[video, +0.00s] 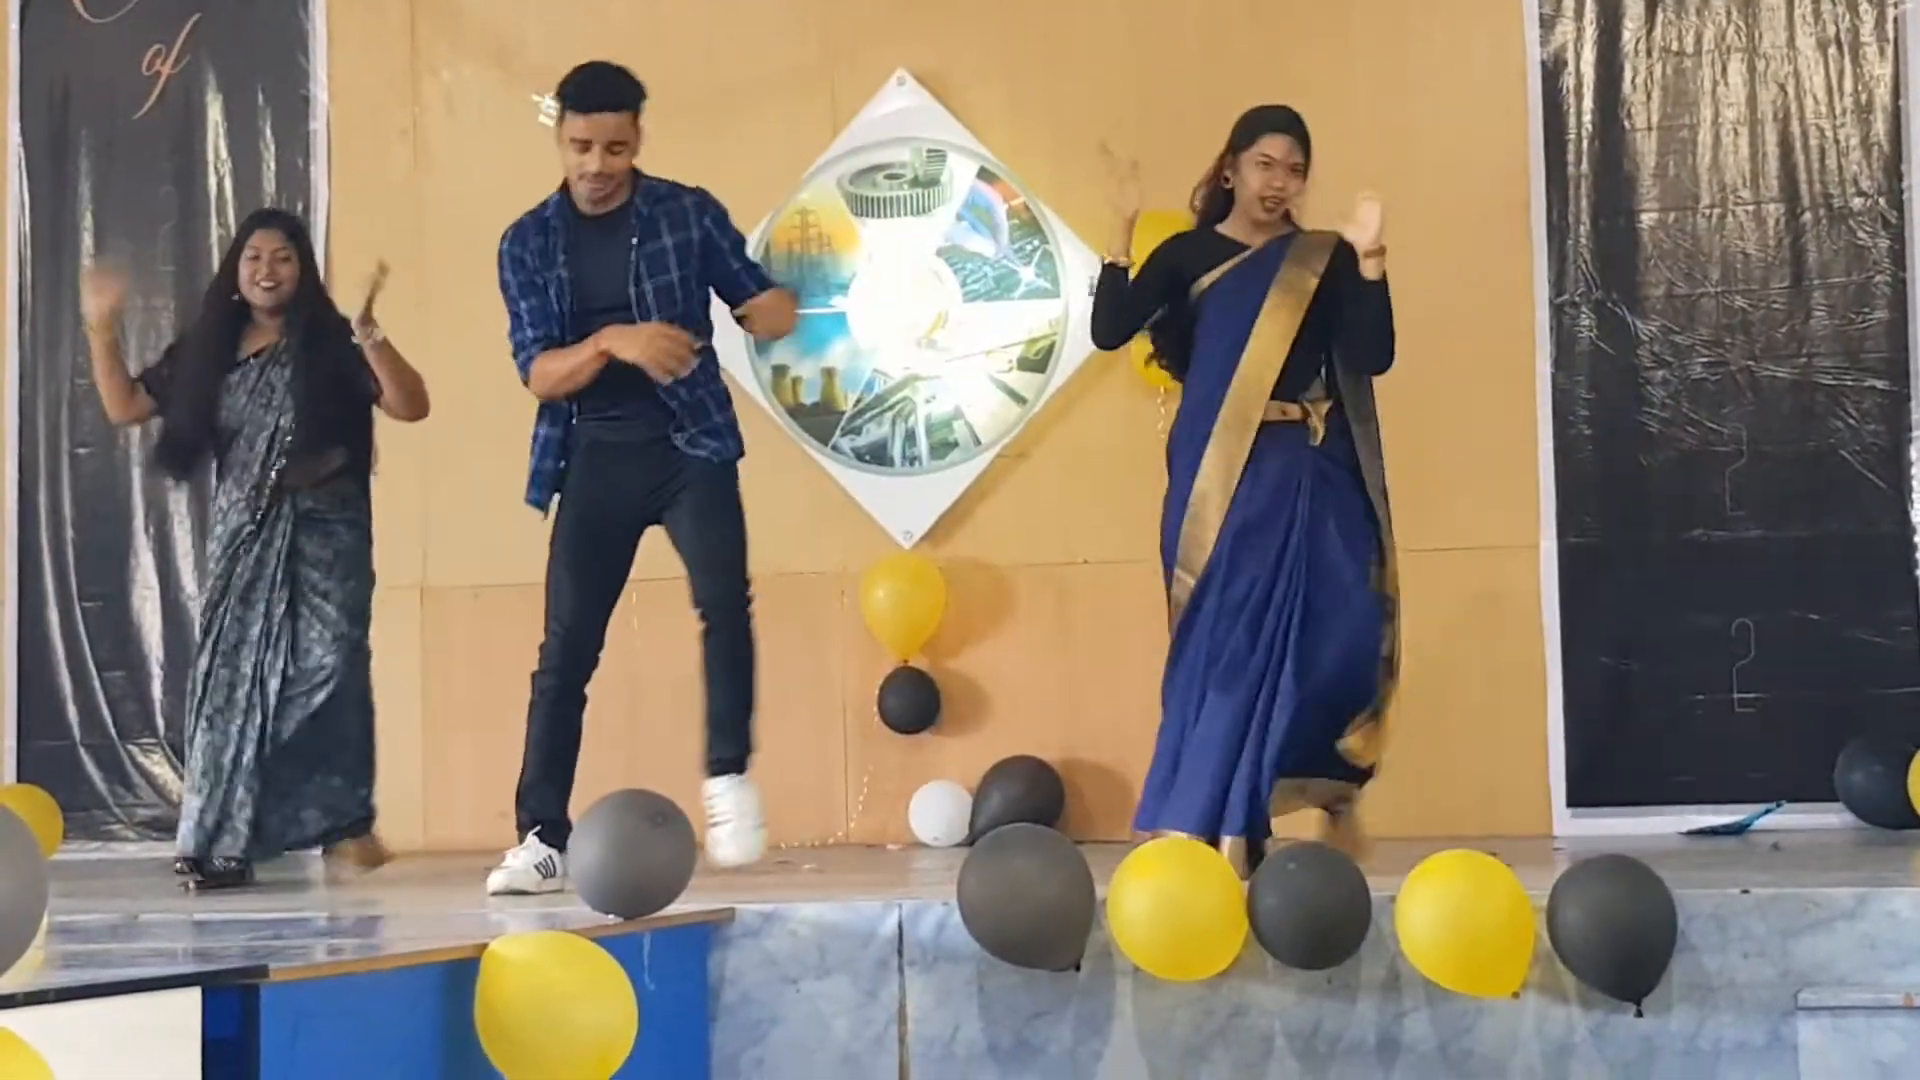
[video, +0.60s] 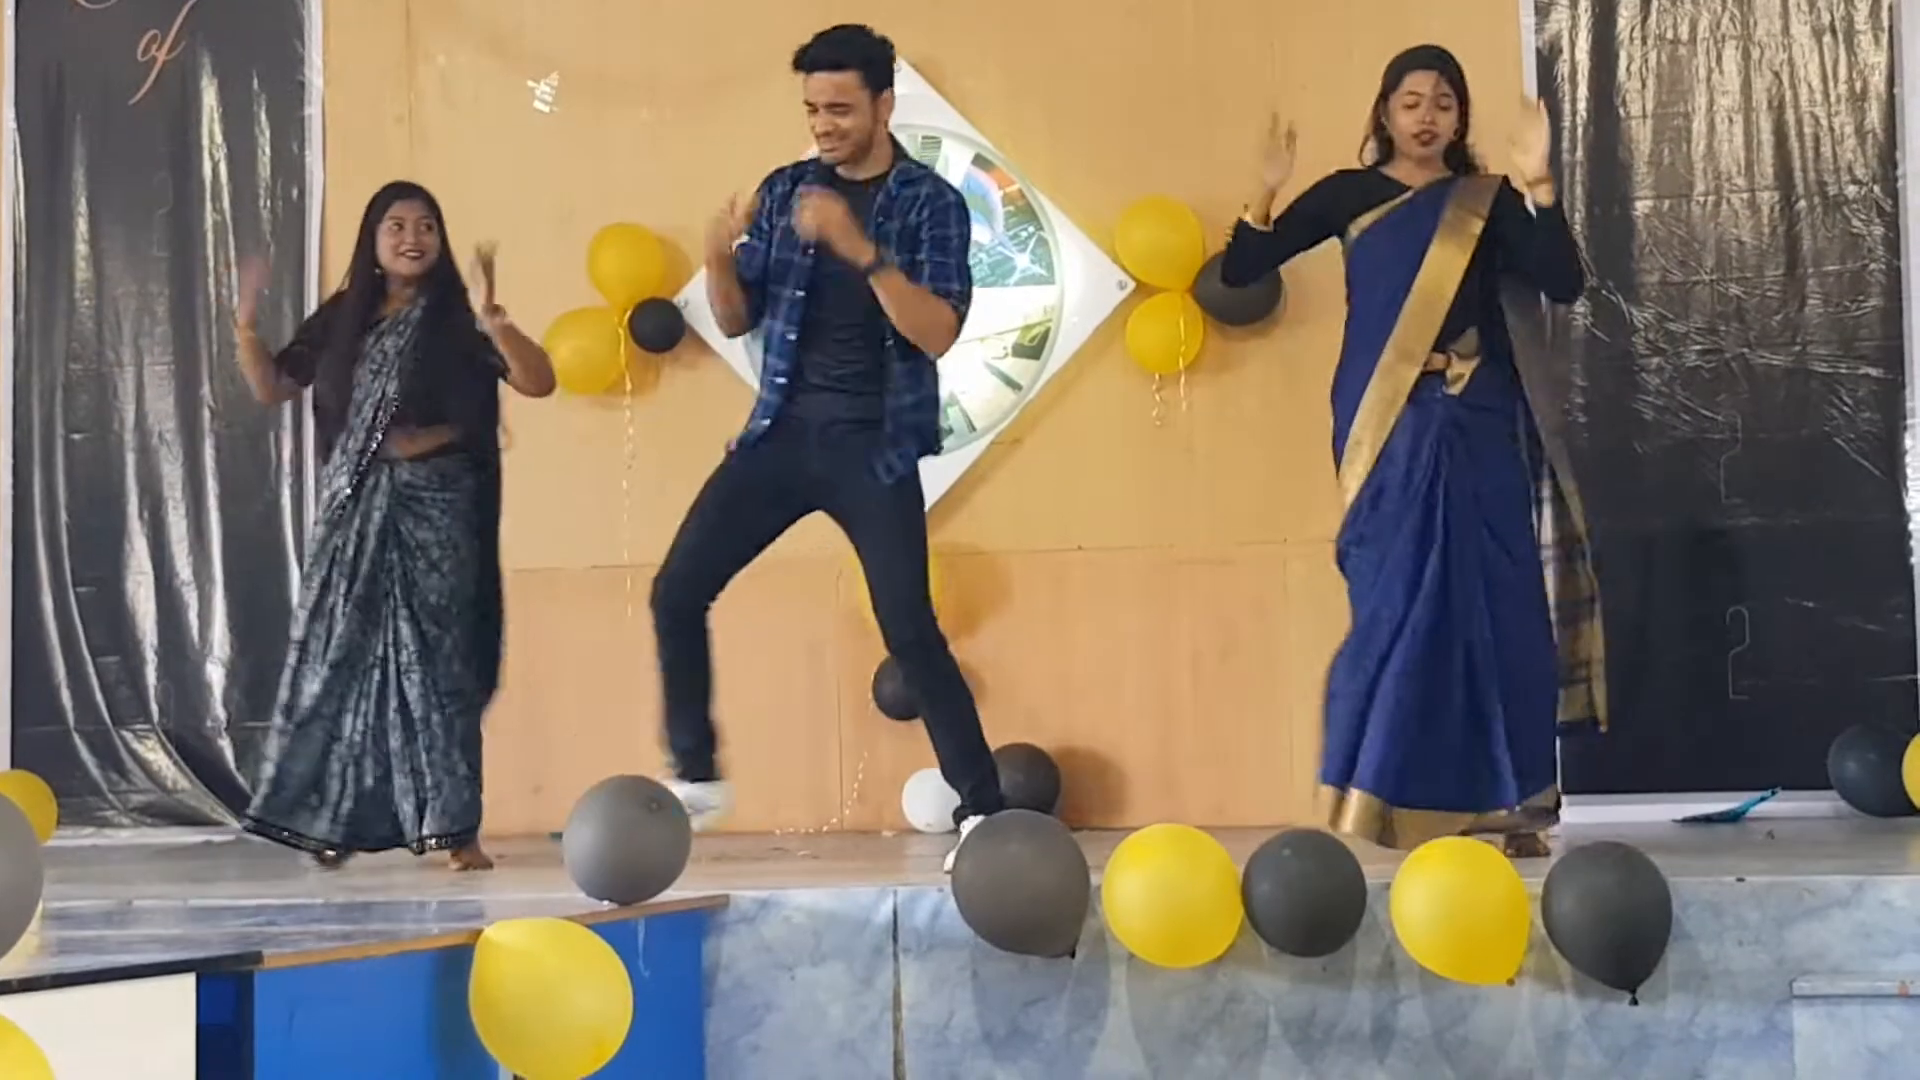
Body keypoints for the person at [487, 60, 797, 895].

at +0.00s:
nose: (596, 166)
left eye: (615, 149)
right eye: (580, 149)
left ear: (640, 139)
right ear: (558, 140)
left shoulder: (689, 213)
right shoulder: (530, 242)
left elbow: (766, 311)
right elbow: (543, 377)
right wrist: (612, 340)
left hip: (693, 450)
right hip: (595, 460)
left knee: (724, 603)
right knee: (566, 649)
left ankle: (728, 784)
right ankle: (542, 839)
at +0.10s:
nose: (615, 144)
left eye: (635, 131)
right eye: (607, 126)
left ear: (678, 131)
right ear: (597, 119)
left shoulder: (727, 221)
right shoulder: (561, 214)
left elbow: (789, 346)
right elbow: (528, 341)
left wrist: (746, 312)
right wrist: (567, 339)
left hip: (712, 452)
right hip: (611, 459)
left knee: (770, 594)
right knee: (578, 647)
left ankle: (826, 768)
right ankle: (543, 837)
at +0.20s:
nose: (661, 138)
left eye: (680, 126)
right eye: (656, 121)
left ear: (730, 129)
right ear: (650, 116)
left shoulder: (768, 230)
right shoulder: (619, 196)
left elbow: (804, 365)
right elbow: (562, 311)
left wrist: (758, 288)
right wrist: (565, 286)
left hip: (734, 459)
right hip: (634, 460)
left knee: (806, 607)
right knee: (595, 644)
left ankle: (922, 779)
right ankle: (542, 834)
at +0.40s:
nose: (763, 153)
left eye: (780, 140)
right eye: (758, 136)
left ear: (831, 144)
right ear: (753, 133)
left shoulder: (872, 243)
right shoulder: (739, 222)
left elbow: (864, 364)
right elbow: (663, 338)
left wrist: (829, 244)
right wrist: (672, 242)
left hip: (816, 486)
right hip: (719, 477)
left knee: (873, 655)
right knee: (639, 645)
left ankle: (979, 810)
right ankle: (547, 821)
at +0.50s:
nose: (797, 144)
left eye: (815, 129)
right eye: (790, 127)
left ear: (865, 127)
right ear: (785, 126)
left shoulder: (908, 224)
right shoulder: (770, 210)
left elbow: (904, 343)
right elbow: (706, 330)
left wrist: (857, 235)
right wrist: (706, 241)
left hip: (848, 468)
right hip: (752, 460)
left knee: (893, 646)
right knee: (654, 626)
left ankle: (983, 814)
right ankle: (588, 806)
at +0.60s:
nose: (823, 126)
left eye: (840, 109)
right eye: (813, 110)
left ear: (884, 104)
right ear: (804, 108)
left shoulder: (930, 201)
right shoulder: (785, 193)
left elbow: (939, 334)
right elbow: (733, 321)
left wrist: (864, 254)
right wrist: (721, 258)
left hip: (873, 448)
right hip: (777, 441)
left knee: (909, 631)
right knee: (677, 593)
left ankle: (985, 812)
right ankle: (695, 778)